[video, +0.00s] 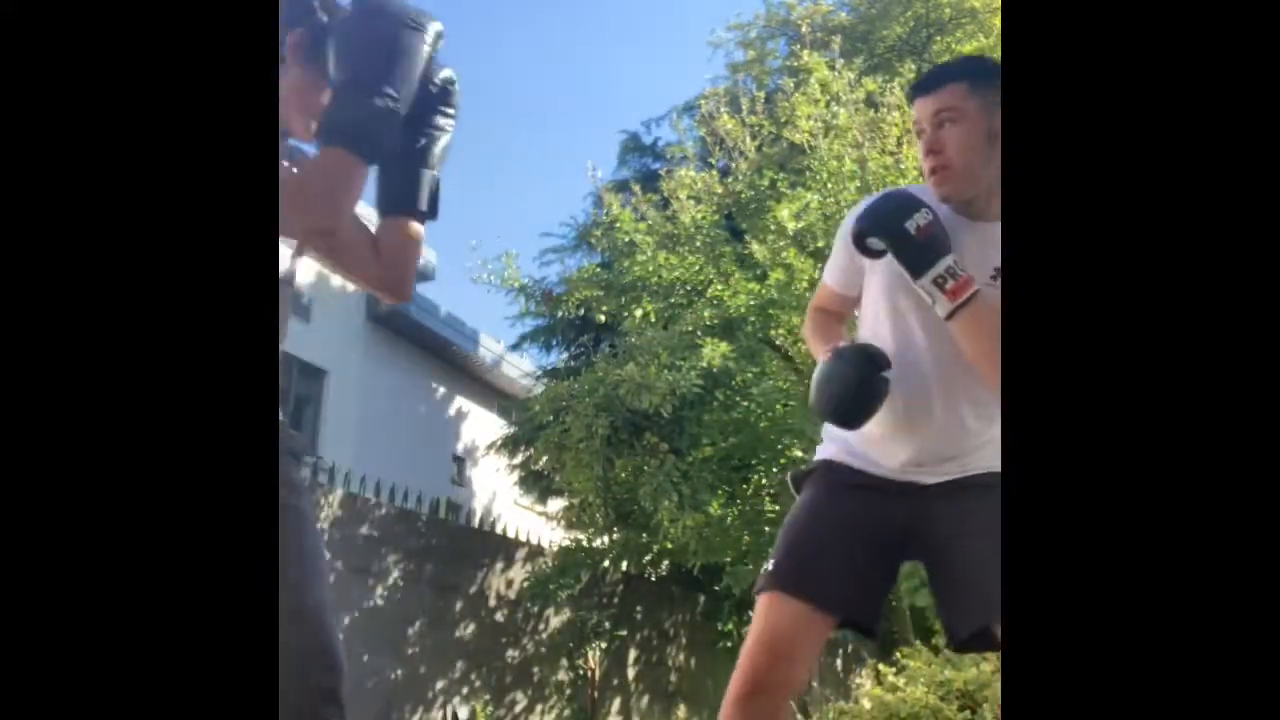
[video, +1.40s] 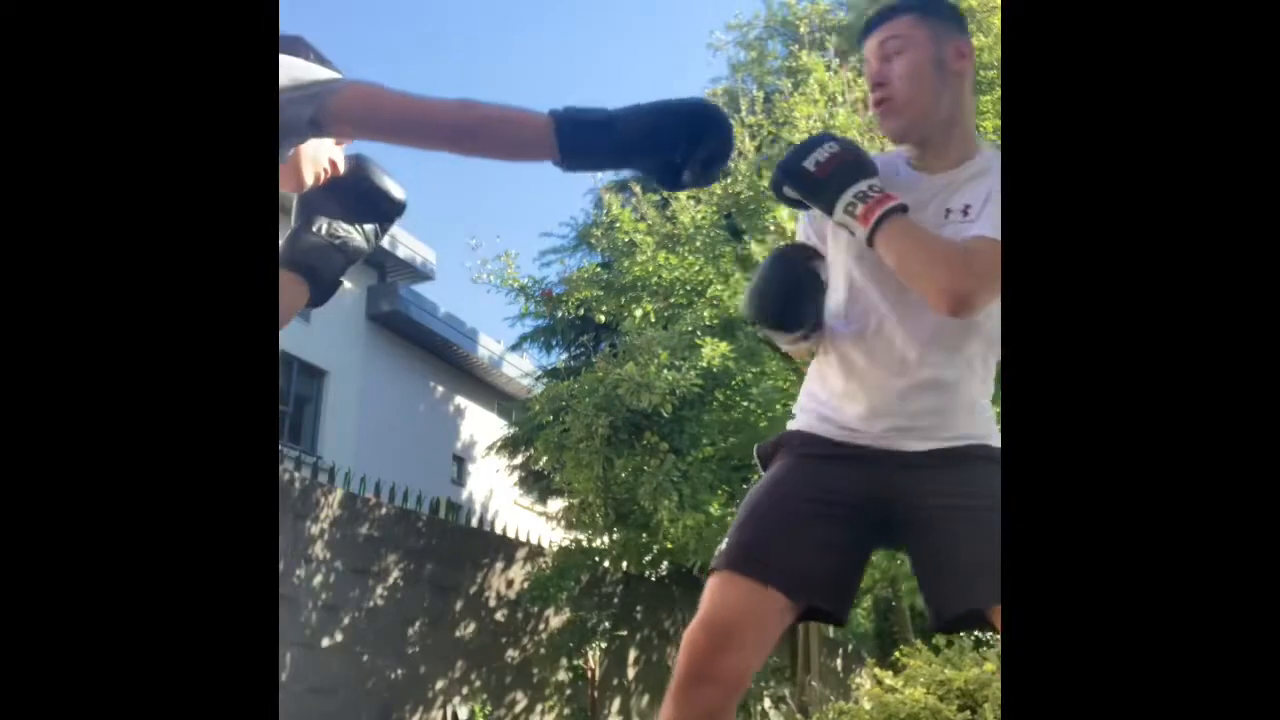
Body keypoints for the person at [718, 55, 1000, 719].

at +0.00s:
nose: (928, 143)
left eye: (946, 121)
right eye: (921, 128)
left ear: (999, 126)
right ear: (914, 139)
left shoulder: (999, 233)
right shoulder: (882, 219)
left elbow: (999, 372)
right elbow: (825, 311)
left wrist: (945, 275)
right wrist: (836, 359)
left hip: (978, 471)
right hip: (858, 467)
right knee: (764, 669)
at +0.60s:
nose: (836, 105)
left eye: (850, 78)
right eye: (830, 92)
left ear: (915, 71)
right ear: (833, 109)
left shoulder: (988, 193)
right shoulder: (827, 202)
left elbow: (988, 336)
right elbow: (811, 311)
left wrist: (864, 262)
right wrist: (785, 337)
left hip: (958, 458)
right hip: (831, 450)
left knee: (1004, 649)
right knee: (731, 634)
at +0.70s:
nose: (793, 102)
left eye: (805, 76)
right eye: (787, 90)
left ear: (865, 65)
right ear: (790, 108)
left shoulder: (962, 169)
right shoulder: (804, 200)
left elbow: (947, 301)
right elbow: (794, 363)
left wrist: (822, 228)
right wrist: (742, 301)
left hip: (953, 451)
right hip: (828, 446)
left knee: (1000, 662)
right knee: (733, 656)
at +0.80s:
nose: (745, 124)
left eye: (755, 97)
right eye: (733, 112)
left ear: (804, 80)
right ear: (728, 124)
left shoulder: (900, 159)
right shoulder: (760, 233)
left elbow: (823, 254)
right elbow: (727, 363)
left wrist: (746, 150)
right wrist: (680, 243)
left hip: (944, 457)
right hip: (818, 463)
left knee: (997, 667)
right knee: (731, 675)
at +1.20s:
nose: (755, 92)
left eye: (766, 65)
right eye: (748, 85)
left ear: (829, 49)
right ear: (755, 103)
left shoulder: (934, 148)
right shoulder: (773, 208)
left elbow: (912, 266)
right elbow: (772, 371)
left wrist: (780, 195)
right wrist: (725, 309)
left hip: (937, 442)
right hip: (806, 443)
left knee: (1002, 659)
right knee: (697, 657)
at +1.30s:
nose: (818, 74)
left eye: (832, 46)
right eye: (810, 66)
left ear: (895, 37)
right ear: (814, 85)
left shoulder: (981, 155)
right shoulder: (814, 186)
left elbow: (950, 262)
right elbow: (814, 355)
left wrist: (825, 190)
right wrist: (768, 309)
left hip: (955, 440)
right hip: (821, 436)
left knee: (1005, 636)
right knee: (705, 639)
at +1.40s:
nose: (873, 80)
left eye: (894, 54)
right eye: (867, 70)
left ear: (961, 55)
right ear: (866, 89)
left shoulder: (996, 181)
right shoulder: (845, 184)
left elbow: (959, 286)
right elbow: (813, 349)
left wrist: (858, 195)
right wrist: (794, 324)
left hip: (959, 454)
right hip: (826, 447)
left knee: (1006, 626)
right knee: (710, 654)